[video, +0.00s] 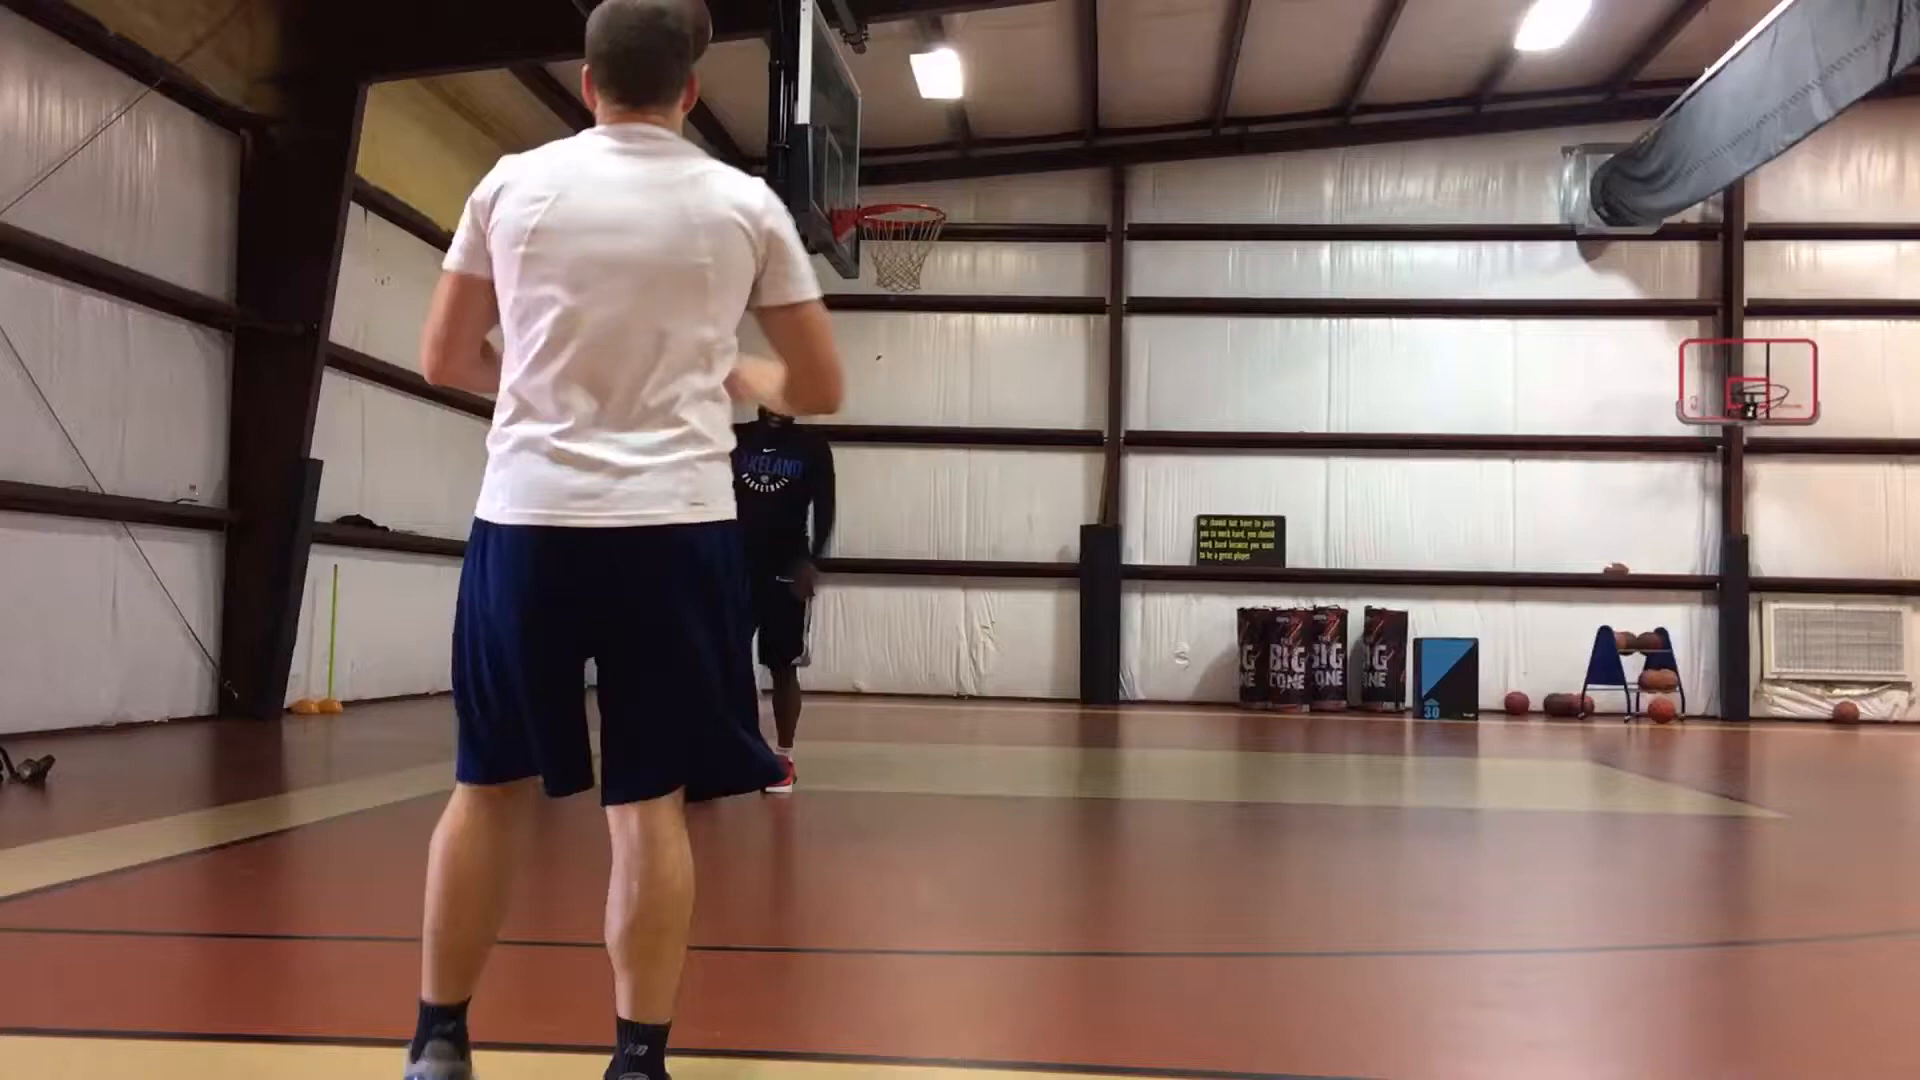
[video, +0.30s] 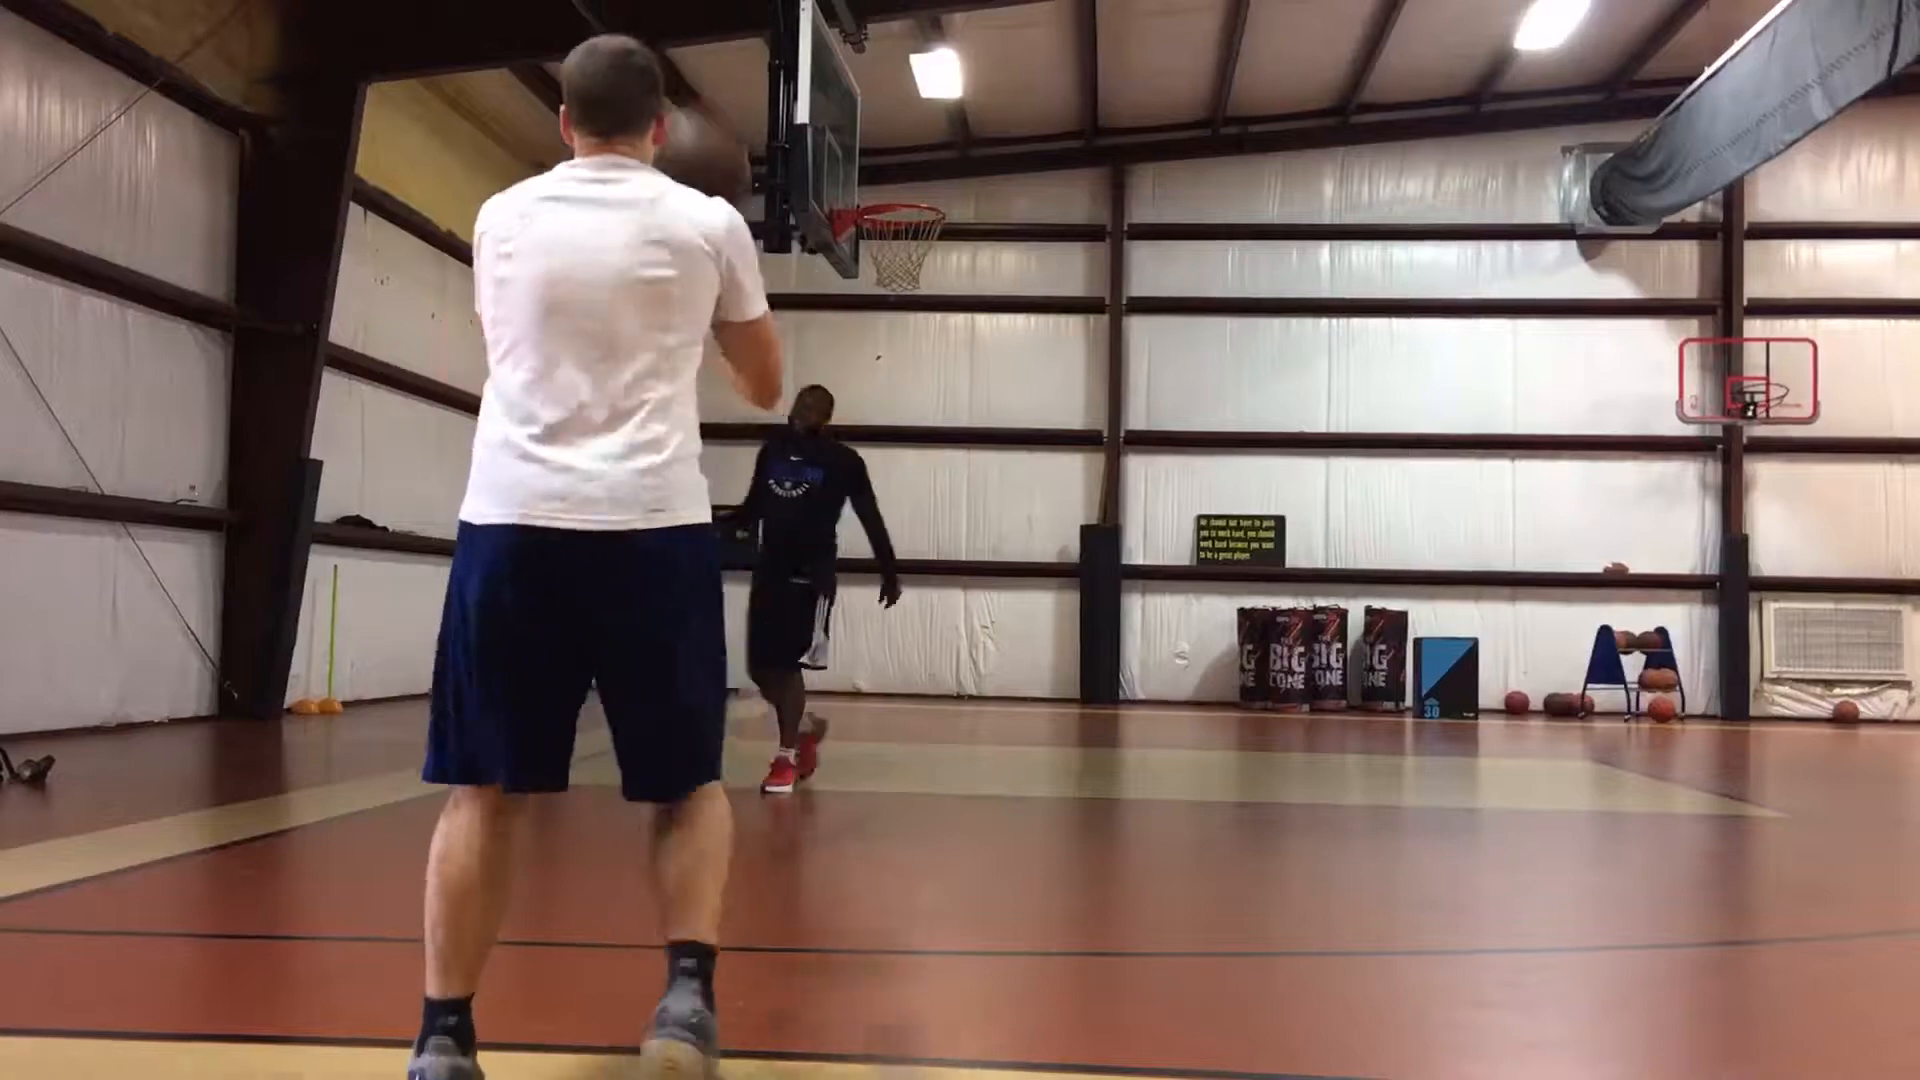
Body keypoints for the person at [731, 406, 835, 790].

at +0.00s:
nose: (781, 396)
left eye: (790, 388)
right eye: (775, 387)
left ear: (799, 396)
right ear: (761, 391)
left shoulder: (812, 445)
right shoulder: (734, 438)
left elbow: (824, 510)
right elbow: (714, 496)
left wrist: (812, 559)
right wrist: (714, 551)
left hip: (784, 568)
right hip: (734, 564)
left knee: (782, 665)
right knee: (733, 664)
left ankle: (784, 755)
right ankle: (743, 752)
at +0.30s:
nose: (801, 413)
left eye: (810, 409)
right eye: (800, 405)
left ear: (826, 417)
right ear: (793, 407)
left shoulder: (844, 460)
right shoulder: (775, 448)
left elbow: (870, 517)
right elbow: (754, 504)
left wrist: (889, 571)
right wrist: (728, 523)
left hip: (810, 572)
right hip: (770, 568)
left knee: (786, 666)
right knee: (761, 669)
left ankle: (785, 756)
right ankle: (805, 729)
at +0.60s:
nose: (831, 421)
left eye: (839, 414)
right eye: (827, 414)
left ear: (854, 419)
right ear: (819, 418)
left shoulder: (877, 460)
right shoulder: (810, 456)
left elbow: (888, 526)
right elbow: (787, 514)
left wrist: (884, 582)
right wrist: (764, 564)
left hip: (860, 573)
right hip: (819, 570)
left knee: (841, 656)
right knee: (827, 658)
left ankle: (837, 744)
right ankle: (838, 746)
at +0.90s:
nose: (874, 432)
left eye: (881, 426)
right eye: (870, 426)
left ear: (896, 430)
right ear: (864, 431)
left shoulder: (915, 466)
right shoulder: (855, 470)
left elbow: (918, 521)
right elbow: (851, 524)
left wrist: (876, 541)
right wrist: (845, 574)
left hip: (899, 584)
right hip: (857, 583)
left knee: (909, 663)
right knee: (846, 664)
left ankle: (942, 733)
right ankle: (841, 748)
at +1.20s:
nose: (933, 439)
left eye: (941, 434)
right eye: (929, 431)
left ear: (954, 438)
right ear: (922, 432)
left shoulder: (963, 478)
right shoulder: (911, 465)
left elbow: (958, 538)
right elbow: (901, 523)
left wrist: (928, 580)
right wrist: (887, 571)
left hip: (941, 583)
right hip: (902, 578)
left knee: (945, 661)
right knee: (886, 653)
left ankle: (948, 744)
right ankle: (907, 736)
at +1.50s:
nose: (957, 447)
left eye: (965, 443)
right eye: (955, 441)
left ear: (978, 451)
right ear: (949, 446)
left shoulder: (991, 489)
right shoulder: (931, 480)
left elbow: (999, 547)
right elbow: (920, 530)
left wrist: (974, 591)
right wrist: (911, 575)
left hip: (975, 583)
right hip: (941, 579)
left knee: (962, 661)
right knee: (957, 662)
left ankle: (951, 744)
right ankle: (987, 729)